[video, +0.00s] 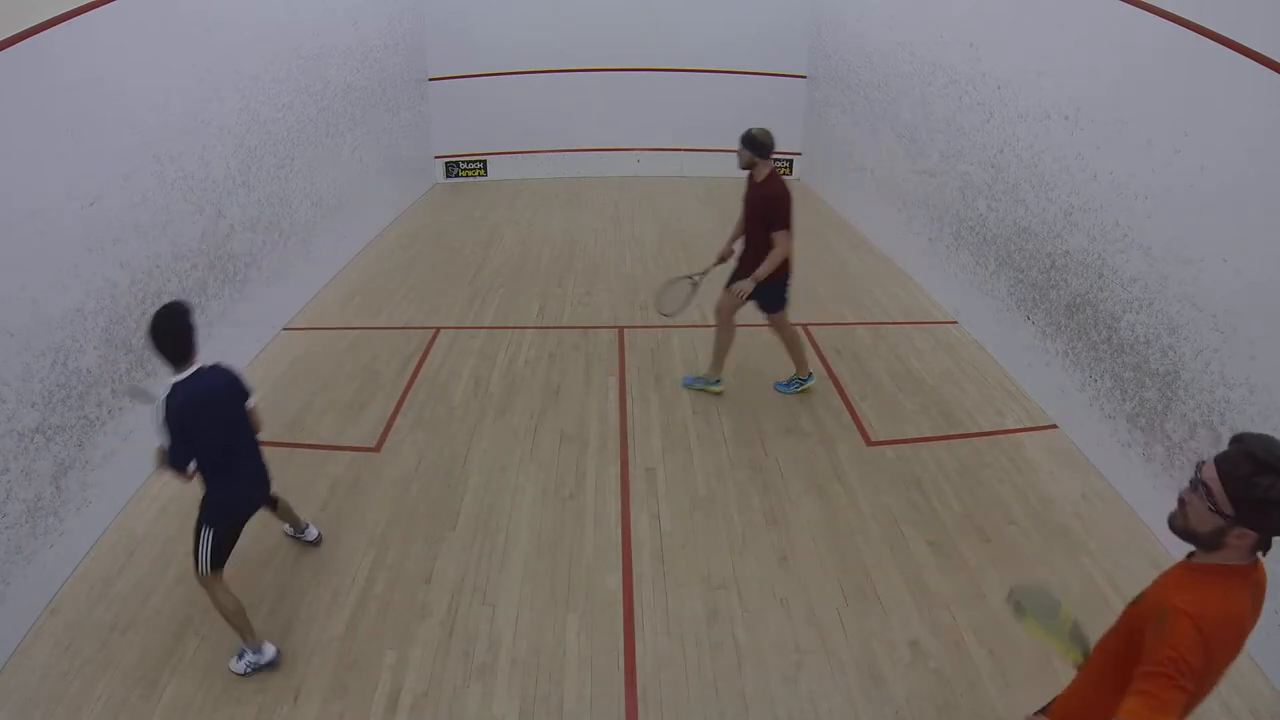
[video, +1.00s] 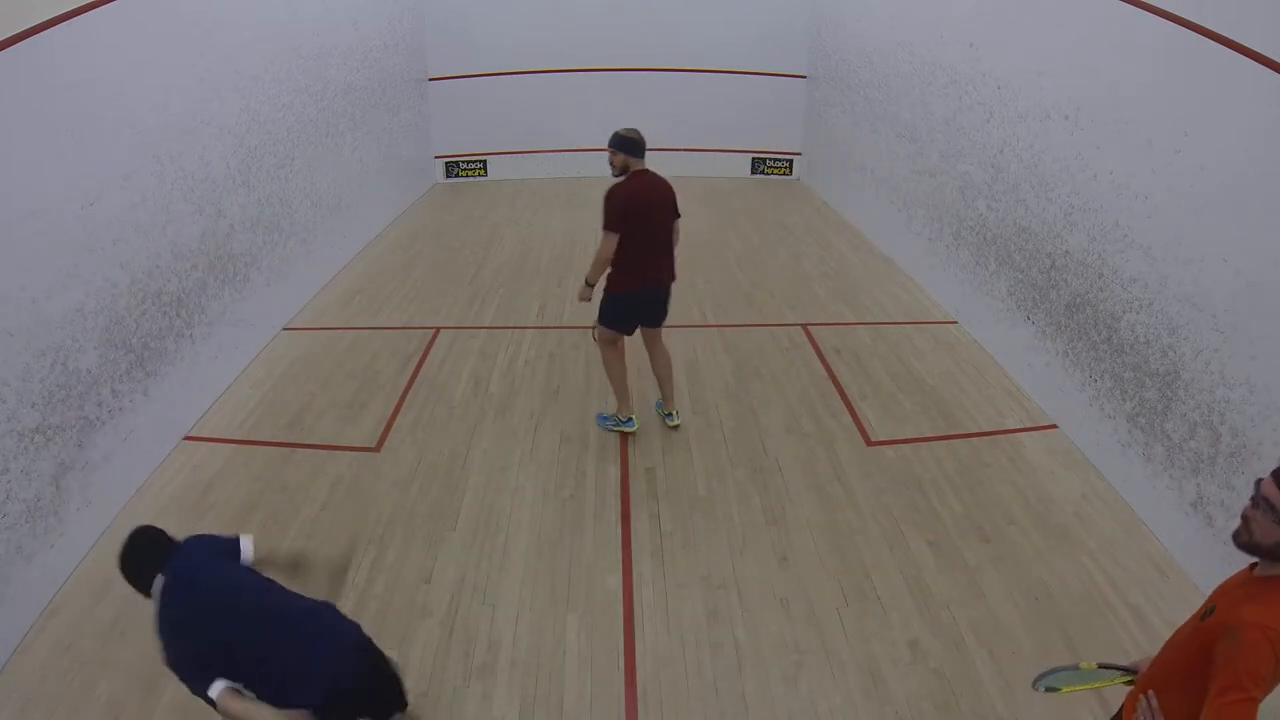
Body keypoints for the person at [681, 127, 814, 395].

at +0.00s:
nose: (737, 154)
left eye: (741, 150)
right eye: (739, 150)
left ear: (754, 155)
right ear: (759, 154)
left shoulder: (776, 191)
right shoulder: (754, 177)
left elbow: (782, 248)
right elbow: (747, 218)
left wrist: (753, 279)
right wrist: (729, 245)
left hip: (773, 268)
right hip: (750, 260)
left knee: (778, 321)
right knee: (724, 310)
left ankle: (804, 374)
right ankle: (713, 376)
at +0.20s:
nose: (708, 149)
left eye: (713, 145)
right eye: (709, 144)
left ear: (726, 149)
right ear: (726, 148)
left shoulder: (736, 184)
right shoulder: (727, 175)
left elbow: (735, 240)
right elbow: (720, 222)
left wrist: (725, 286)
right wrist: (703, 248)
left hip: (724, 270)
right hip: (714, 264)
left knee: (707, 330)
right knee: (707, 326)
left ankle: (754, 367)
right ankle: (710, 380)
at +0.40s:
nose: (675, 148)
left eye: (680, 143)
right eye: (676, 142)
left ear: (695, 147)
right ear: (697, 146)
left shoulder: (698, 182)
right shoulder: (710, 174)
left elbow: (698, 241)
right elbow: (704, 228)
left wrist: (679, 284)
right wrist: (682, 254)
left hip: (691, 271)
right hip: (708, 267)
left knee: (660, 326)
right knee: (703, 320)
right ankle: (710, 380)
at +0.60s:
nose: (645, 155)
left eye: (649, 150)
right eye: (645, 150)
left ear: (662, 153)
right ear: (673, 153)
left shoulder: (658, 191)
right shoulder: (692, 181)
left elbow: (648, 246)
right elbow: (688, 234)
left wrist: (625, 287)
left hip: (655, 279)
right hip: (684, 276)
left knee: (635, 340)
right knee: (678, 322)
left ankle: (633, 409)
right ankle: (703, 381)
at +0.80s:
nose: (624, 151)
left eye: (628, 146)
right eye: (624, 146)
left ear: (642, 148)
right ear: (651, 148)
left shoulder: (636, 186)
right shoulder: (676, 177)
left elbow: (624, 245)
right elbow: (681, 225)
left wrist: (595, 278)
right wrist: (657, 252)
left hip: (640, 276)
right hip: (670, 272)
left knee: (627, 340)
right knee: (659, 329)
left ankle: (630, 408)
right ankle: (670, 401)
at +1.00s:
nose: (609, 160)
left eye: (612, 154)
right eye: (609, 154)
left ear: (626, 156)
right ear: (640, 155)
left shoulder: (618, 193)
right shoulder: (663, 186)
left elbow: (607, 250)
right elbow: (673, 235)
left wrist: (589, 283)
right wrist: (665, 266)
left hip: (625, 284)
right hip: (660, 281)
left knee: (608, 337)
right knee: (653, 337)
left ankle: (624, 414)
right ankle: (669, 408)